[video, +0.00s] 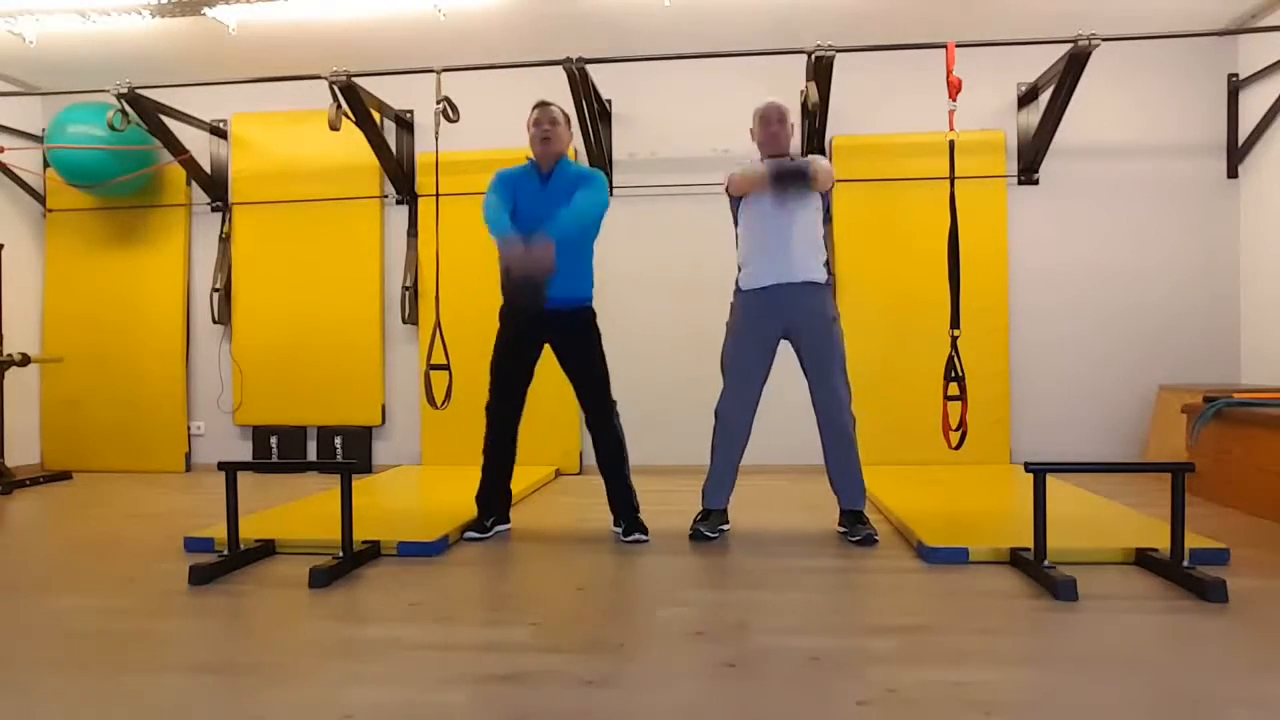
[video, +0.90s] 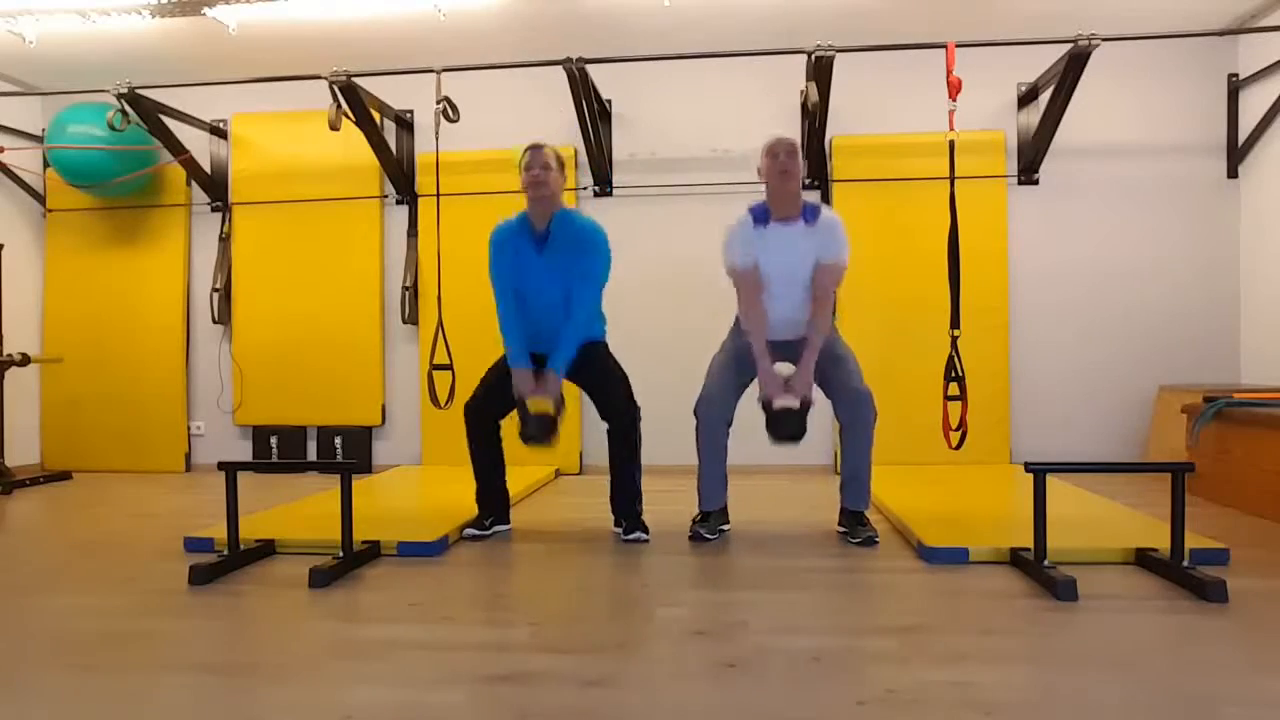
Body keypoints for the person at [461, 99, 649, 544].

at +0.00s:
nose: (545, 127)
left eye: (553, 122)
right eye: (537, 122)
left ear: (569, 135)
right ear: (527, 136)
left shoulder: (590, 180)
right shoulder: (509, 179)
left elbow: (584, 213)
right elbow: (494, 210)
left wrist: (546, 240)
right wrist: (511, 242)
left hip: (572, 315)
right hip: (520, 315)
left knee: (601, 413)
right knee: (501, 414)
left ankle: (627, 516)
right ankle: (493, 513)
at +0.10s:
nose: (547, 130)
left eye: (556, 124)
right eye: (540, 125)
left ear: (572, 137)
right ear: (529, 137)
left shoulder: (591, 177)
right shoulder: (516, 177)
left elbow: (589, 185)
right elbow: (493, 185)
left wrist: (544, 172)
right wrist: (514, 181)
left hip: (572, 313)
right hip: (520, 310)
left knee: (598, 415)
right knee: (505, 415)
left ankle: (626, 517)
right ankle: (493, 514)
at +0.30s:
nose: (537, 135)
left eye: (545, 129)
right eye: (533, 128)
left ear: (565, 137)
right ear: (532, 137)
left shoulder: (591, 176)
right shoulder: (518, 177)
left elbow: (577, 139)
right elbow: (494, 155)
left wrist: (544, 98)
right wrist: (500, 109)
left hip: (573, 312)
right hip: (522, 310)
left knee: (598, 417)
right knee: (508, 416)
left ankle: (626, 517)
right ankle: (494, 514)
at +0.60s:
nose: (548, 128)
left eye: (556, 121)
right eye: (540, 124)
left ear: (574, 134)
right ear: (530, 137)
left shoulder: (594, 176)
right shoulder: (518, 177)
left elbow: (573, 176)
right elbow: (495, 178)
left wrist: (544, 153)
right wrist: (496, 143)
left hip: (580, 318)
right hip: (527, 317)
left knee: (603, 418)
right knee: (506, 416)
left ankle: (627, 517)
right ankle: (495, 514)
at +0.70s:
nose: (547, 136)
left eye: (555, 130)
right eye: (539, 131)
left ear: (570, 141)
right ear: (530, 142)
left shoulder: (592, 190)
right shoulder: (514, 190)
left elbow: (583, 221)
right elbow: (495, 227)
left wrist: (533, 224)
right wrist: (528, 223)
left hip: (583, 326)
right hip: (529, 326)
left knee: (611, 417)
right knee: (500, 414)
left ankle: (627, 517)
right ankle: (495, 514)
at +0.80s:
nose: (543, 152)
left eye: (551, 147)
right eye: (536, 147)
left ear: (568, 159)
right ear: (526, 159)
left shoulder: (592, 210)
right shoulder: (508, 212)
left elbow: (580, 262)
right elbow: (502, 263)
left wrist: (545, 297)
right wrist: (507, 308)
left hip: (583, 337)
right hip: (529, 340)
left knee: (619, 415)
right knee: (488, 414)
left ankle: (628, 517)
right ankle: (494, 514)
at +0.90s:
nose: (536, 173)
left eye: (545, 168)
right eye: (529, 168)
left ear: (562, 179)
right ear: (520, 181)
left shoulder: (589, 236)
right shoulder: (504, 238)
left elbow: (583, 314)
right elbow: (507, 309)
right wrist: (519, 367)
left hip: (582, 348)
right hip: (527, 350)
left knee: (624, 413)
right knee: (479, 412)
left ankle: (628, 517)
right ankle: (494, 513)